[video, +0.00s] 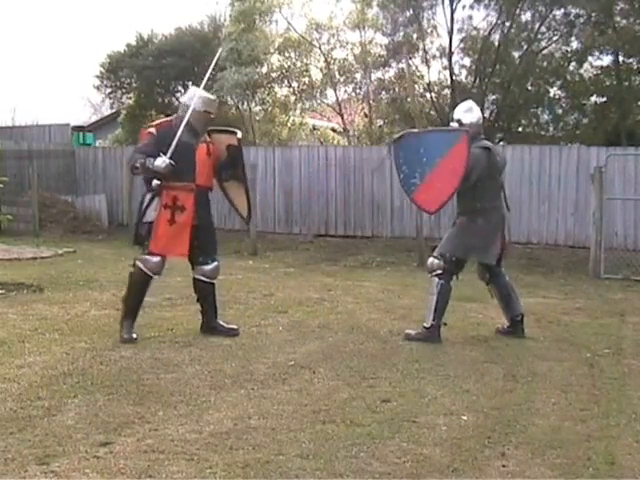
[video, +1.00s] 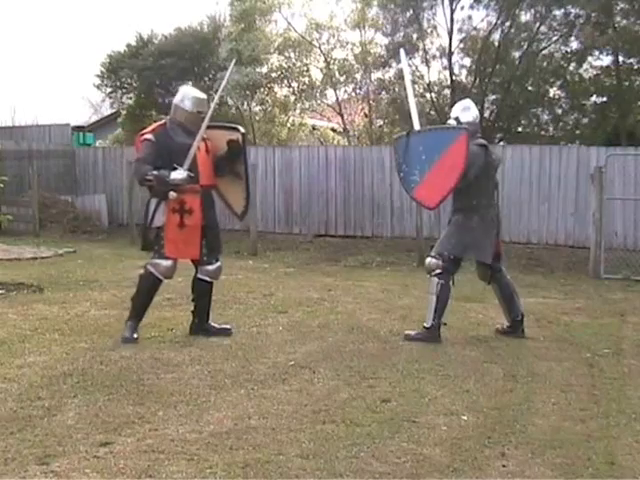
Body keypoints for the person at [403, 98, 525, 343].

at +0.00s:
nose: (456, 129)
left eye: (459, 124)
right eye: (457, 124)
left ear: (465, 126)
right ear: (479, 126)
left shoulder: (472, 154)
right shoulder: (492, 151)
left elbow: (454, 180)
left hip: (473, 221)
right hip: (494, 220)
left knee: (442, 268)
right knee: (490, 269)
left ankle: (432, 327)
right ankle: (516, 321)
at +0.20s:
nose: (456, 128)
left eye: (458, 123)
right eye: (457, 123)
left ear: (465, 124)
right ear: (479, 124)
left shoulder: (472, 152)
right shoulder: (492, 151)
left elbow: (456, 179)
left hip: (472, 220)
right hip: (494, 220)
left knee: (443, 268)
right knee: (492, 269)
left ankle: (433, 327)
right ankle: (516, 322)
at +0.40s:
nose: (456, 128)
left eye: (459, 123)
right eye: (456, 123)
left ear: (467, 124)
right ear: (479, 123)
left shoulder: (474, 152)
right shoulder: (491, 150)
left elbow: (458, 181)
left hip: (471, 219)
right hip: (491, 218)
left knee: (443, 267)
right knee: (493, 269)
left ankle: (433, 327)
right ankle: (516, 322)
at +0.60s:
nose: (455, 128)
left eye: (458, 123)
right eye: (456, 123)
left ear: (464, 124)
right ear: (478, 124)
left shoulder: (471, 152)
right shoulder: (490, 151)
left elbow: (455, 180)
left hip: (469, 220)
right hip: (489, 219)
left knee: (442, 267)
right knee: (491, 269)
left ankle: (432, 327)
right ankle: (516, 322)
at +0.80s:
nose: (455, 128)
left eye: (457, 123)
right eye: (456, 124)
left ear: (464, 124)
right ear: (478, 124)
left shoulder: (470, 152)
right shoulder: (489, 151)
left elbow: (453, 180)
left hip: (468, 219)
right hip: (488, 219)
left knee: (441, 266)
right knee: (490, 269)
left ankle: (432, 327)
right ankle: (516, 321)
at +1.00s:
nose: (453, 127)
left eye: (455, 123)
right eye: (453, 123)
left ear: (461, 124)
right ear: (476, 124)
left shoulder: (467, 152)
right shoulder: (489, 151)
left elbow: (452, 180)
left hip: (466, 220)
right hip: (487, 220)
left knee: (441, 268)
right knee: (492, 270)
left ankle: (432, 327)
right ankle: (516, 322)